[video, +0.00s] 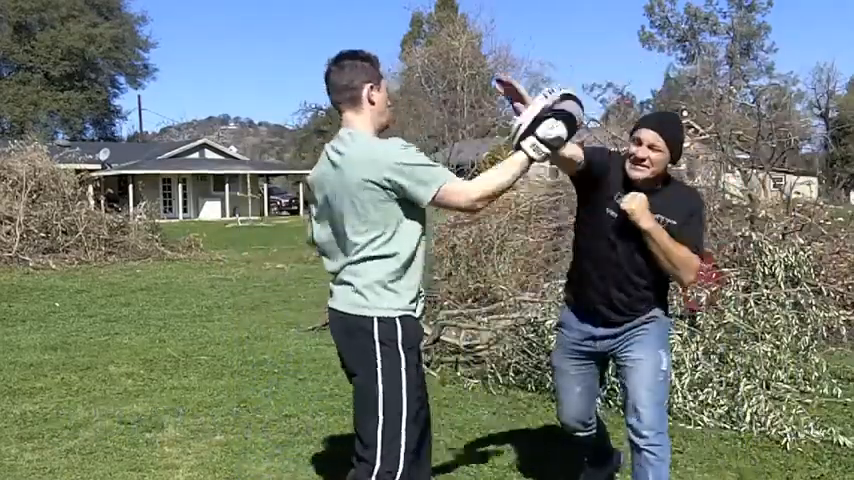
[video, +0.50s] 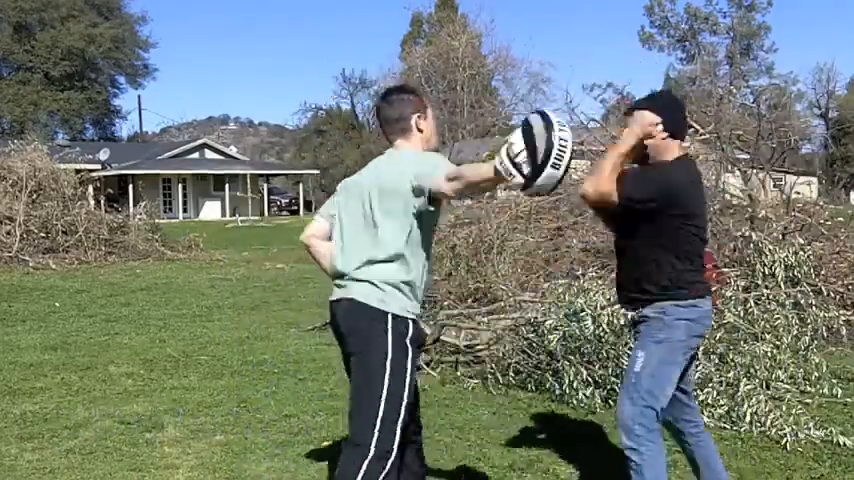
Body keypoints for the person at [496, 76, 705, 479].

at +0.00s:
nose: (640, 153)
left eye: (653, 147)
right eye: (637, 142)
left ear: (672, 157)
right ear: (628, 141)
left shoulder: (685, 200)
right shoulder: (603, 164)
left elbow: (688, 272)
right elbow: (563, 153)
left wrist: (648, 223)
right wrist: (532, 119)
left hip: (642, 325)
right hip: (580, 321)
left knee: (646, 427)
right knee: (574, 420)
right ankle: (604, 462)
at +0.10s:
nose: (644, 155)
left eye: (657, 149)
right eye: (641, 144)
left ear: (679, 157)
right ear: (634, 142)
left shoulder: (694, 207)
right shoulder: (609, 168)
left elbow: (705, 284)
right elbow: (553, 197)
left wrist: (675, 240)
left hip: (644, 326)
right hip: (583, 319)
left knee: (648, 431)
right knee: (574, 414)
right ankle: (599, 456)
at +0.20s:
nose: (644, 144)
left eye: (657, 139)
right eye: (642, 134)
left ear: (682, 149)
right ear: (637, 133)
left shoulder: (703, 203)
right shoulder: (607, 168)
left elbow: (707, 281)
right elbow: (567, 214)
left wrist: (670, 237)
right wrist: (548, 244)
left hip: (651, 326)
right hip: (590, 318)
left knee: (650, 436)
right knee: (579, 409)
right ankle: (602, 461)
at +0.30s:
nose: (633, 133)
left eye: (645, 127)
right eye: (632, 124)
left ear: (674, 138)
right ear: (631, 126)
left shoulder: (698, 199)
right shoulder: (621, 170)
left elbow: (689, 276)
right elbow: (596, 216)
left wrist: (638, 224)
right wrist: (580, 227)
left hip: (658, 327)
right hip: (604, 316)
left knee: (647, 434)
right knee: (590, 400)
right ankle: (638, 456)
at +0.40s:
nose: (632, 131)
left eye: (643, 125)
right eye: (632, 123)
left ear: (673, 135)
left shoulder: (684, 195)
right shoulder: (640, 173)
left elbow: (640, 263)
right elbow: (624, 237)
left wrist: (602, 210)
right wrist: (595, 212)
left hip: (666, 316)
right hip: (628, 313)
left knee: (646, 426)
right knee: (620, 407)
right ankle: (692, 467)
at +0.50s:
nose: (630, 136)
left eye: (636, 127)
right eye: (630, 128)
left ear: (658, 129)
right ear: (668, 130)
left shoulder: (672, 176)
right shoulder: (661, 174)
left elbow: (595, 190)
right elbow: (623, 224)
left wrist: (627, 140)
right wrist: (614, 160)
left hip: (672, 312)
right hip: (665, 310)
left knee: (636, 416)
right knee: (682, 415)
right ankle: (717, 475)